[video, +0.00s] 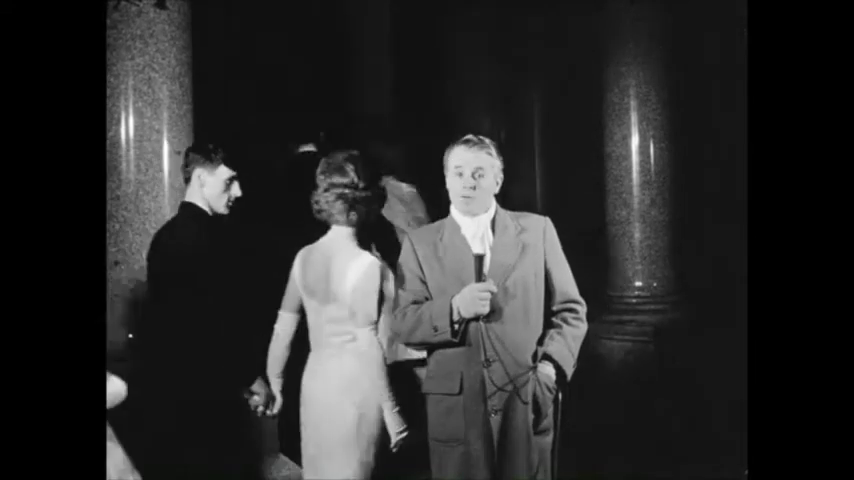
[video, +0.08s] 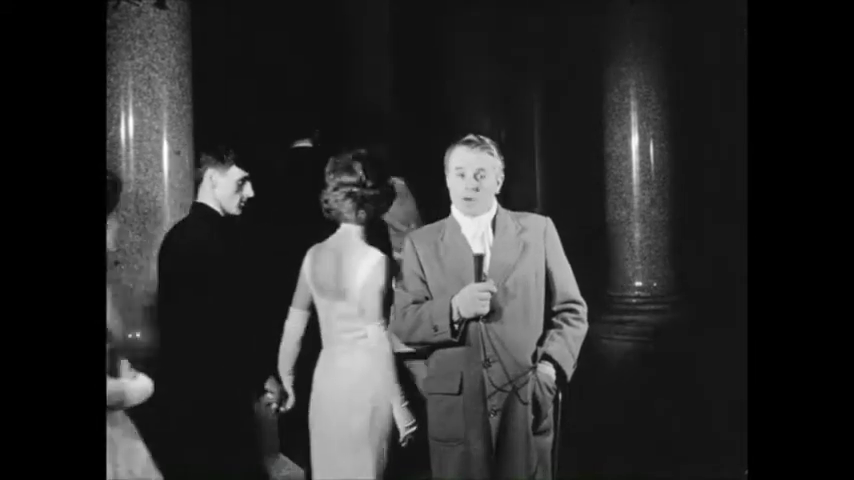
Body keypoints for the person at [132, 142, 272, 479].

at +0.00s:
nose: (238, 192)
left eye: (237, 182)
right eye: (229, 181)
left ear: (200, 179)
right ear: (199, 178)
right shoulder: (186, 239)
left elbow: (221, 320)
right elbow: (202, 326)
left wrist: (251, 377)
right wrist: (249, 379)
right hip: (197, 393)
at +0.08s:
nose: (250, 193)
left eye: (250, 182)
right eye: (241, 182)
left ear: (213, 180)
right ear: (212, 178)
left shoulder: (183, 235)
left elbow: (234, 319)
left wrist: (263, 375)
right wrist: (262, 377)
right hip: (210, 393)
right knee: (233, 469)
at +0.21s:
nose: (271, 195)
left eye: (270, 185)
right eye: (263, 184)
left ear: (234, 181)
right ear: (234, 180)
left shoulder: (197, 236)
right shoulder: (243, 238)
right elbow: (253, 318)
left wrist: (285, 375)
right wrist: (285, 375)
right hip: (238, 384)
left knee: (219, 469)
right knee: (251, 467)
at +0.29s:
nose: (284, 196)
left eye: (285, 186)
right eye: (278, 184)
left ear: (249, 178)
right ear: (252, 176)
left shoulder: (211, 223)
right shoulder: (262, 234)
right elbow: (278, 315)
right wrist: (301, 373)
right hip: (257, 372)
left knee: (226, 463)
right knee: (262, 462)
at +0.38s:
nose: (292, 195)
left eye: (295, 187)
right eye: (292, 184)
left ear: (264, 173)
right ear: (273, 175)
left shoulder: (219, 219)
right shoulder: (276, 229)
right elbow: (292, 307)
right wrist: (314, 370)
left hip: (229, 360)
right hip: (271, 362)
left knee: (238, 456)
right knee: (274, 458)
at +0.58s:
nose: (320, 197)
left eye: (322, 188)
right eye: (323, 187)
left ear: (282, 174)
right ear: (311, 180)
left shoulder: (240, 222)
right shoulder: (301, 235)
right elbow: (306, 315)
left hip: (247, 369)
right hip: (295, 371)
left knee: (257, 463)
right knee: (303, 462)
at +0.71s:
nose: (335, 204)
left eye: (339, 195)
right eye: (337, 193)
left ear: (299, 176)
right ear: (324, 181)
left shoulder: (264, 218)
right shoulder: (307, 229)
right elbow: (312, 311)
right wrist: (331, 366)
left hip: (272, 359)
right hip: (306, 364)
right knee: (315, 457)